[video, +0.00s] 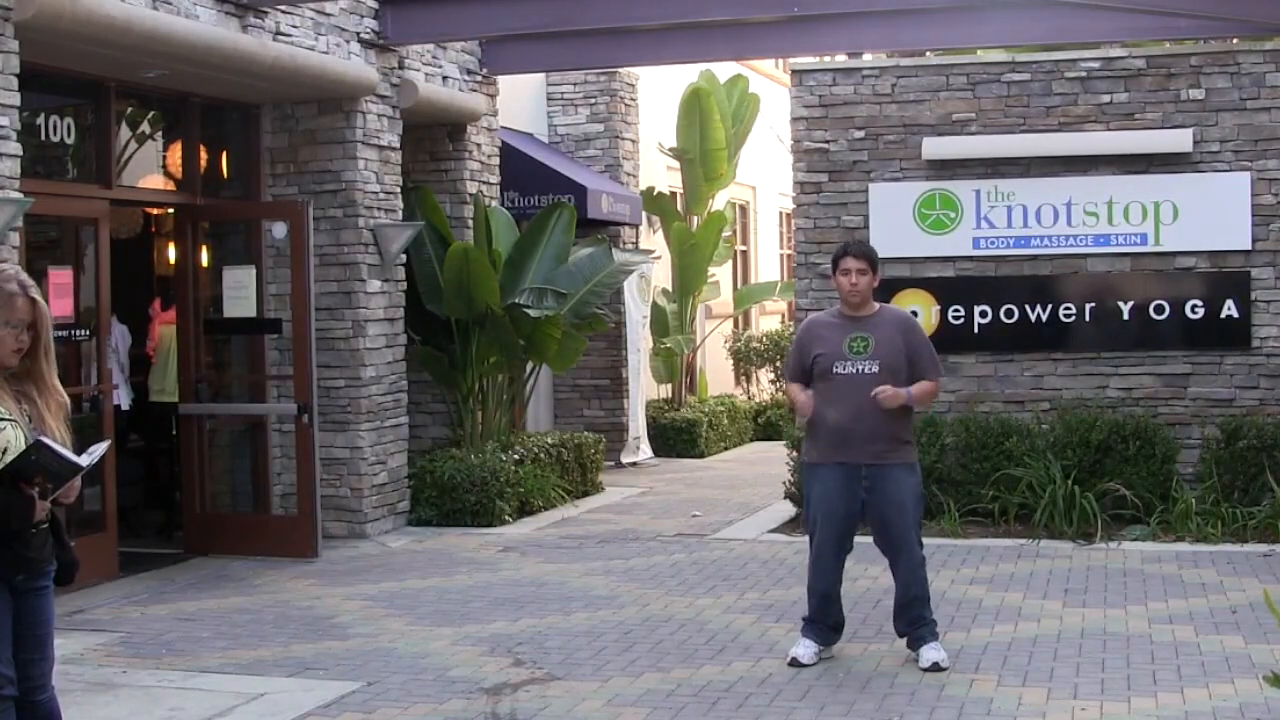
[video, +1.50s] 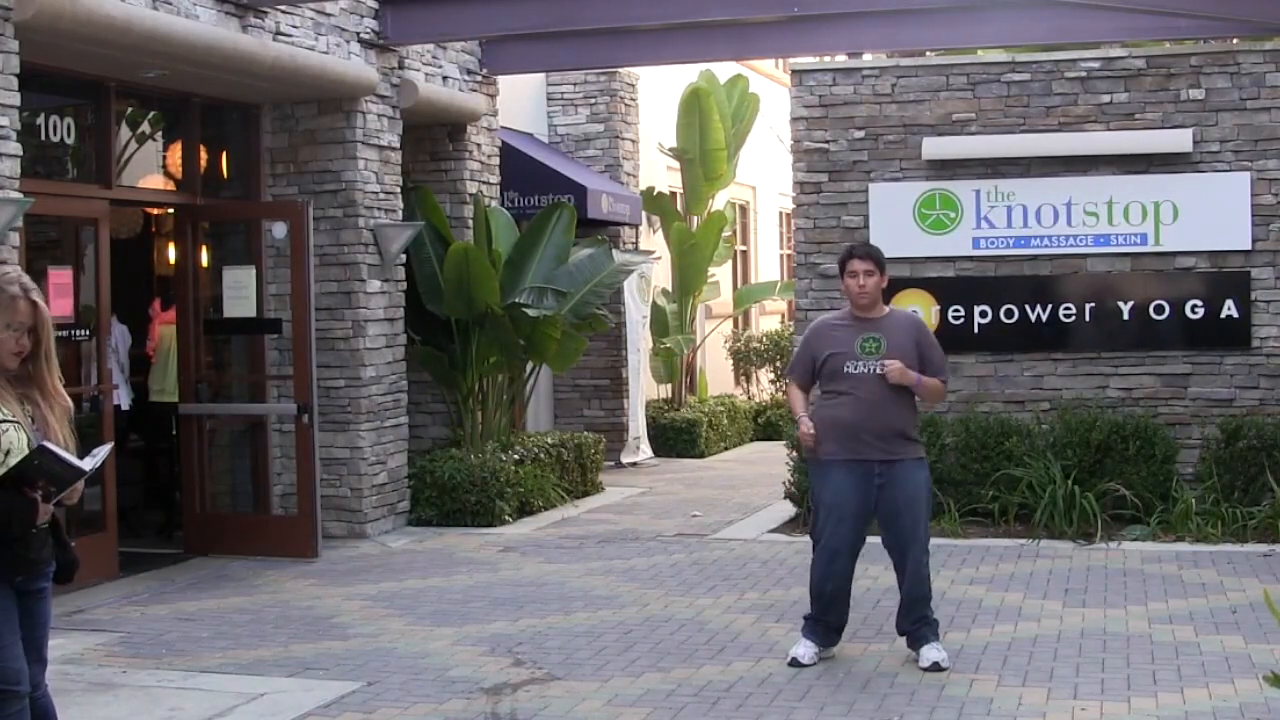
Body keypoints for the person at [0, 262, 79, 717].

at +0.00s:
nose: (21, 338)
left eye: (27, 327)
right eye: (10, 326)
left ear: (37, 332)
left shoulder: (42, 395)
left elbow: (60, 475)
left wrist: (67, 490)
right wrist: (23, 505)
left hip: (36, 564)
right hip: (2, 565)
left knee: (37, 690)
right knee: (5, 691)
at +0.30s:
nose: (24, 338)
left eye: (29, 328)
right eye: (13, 327)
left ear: (38, 332)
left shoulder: (41, 395)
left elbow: (58, 472)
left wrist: (67, 489)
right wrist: (23, 503)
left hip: (36, 563)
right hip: (2, 564)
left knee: (36, 689)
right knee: (5, 691)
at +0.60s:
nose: (25, 339)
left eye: (30, 329)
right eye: (14, 328)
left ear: (39, 333)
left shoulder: (43, 396)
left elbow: (61, 475)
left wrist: (68, 491)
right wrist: (20, 506)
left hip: (36, 561)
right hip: (3, 560)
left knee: (34, 686)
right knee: (6, 689)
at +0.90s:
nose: (26, 340)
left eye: (32, 330)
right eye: (15, 329)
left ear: (41, 333)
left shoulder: (44, 396)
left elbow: (62, 472)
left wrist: (69, 492)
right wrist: (22, 506)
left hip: (36, 561)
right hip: (3, 561)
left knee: (34, 684)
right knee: (7, 688)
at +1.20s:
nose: (26, 342)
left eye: (33, 331)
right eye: (16, 330)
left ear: (41, 334)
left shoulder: (44, 397)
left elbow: (66, 484)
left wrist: (69, 491)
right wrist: (23, 510)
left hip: (37, 560)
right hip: (2, 561)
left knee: (35, 684)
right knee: (11, 689)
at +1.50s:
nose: (22, 341)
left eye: (29, 330)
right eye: (12, 329)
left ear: (38, 333)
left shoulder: (47, 396)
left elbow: (67, 479)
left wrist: (66, 490)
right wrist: (23, 508)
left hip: (37, 556)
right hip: (2, 557)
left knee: (35, 682)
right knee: (14, 686)